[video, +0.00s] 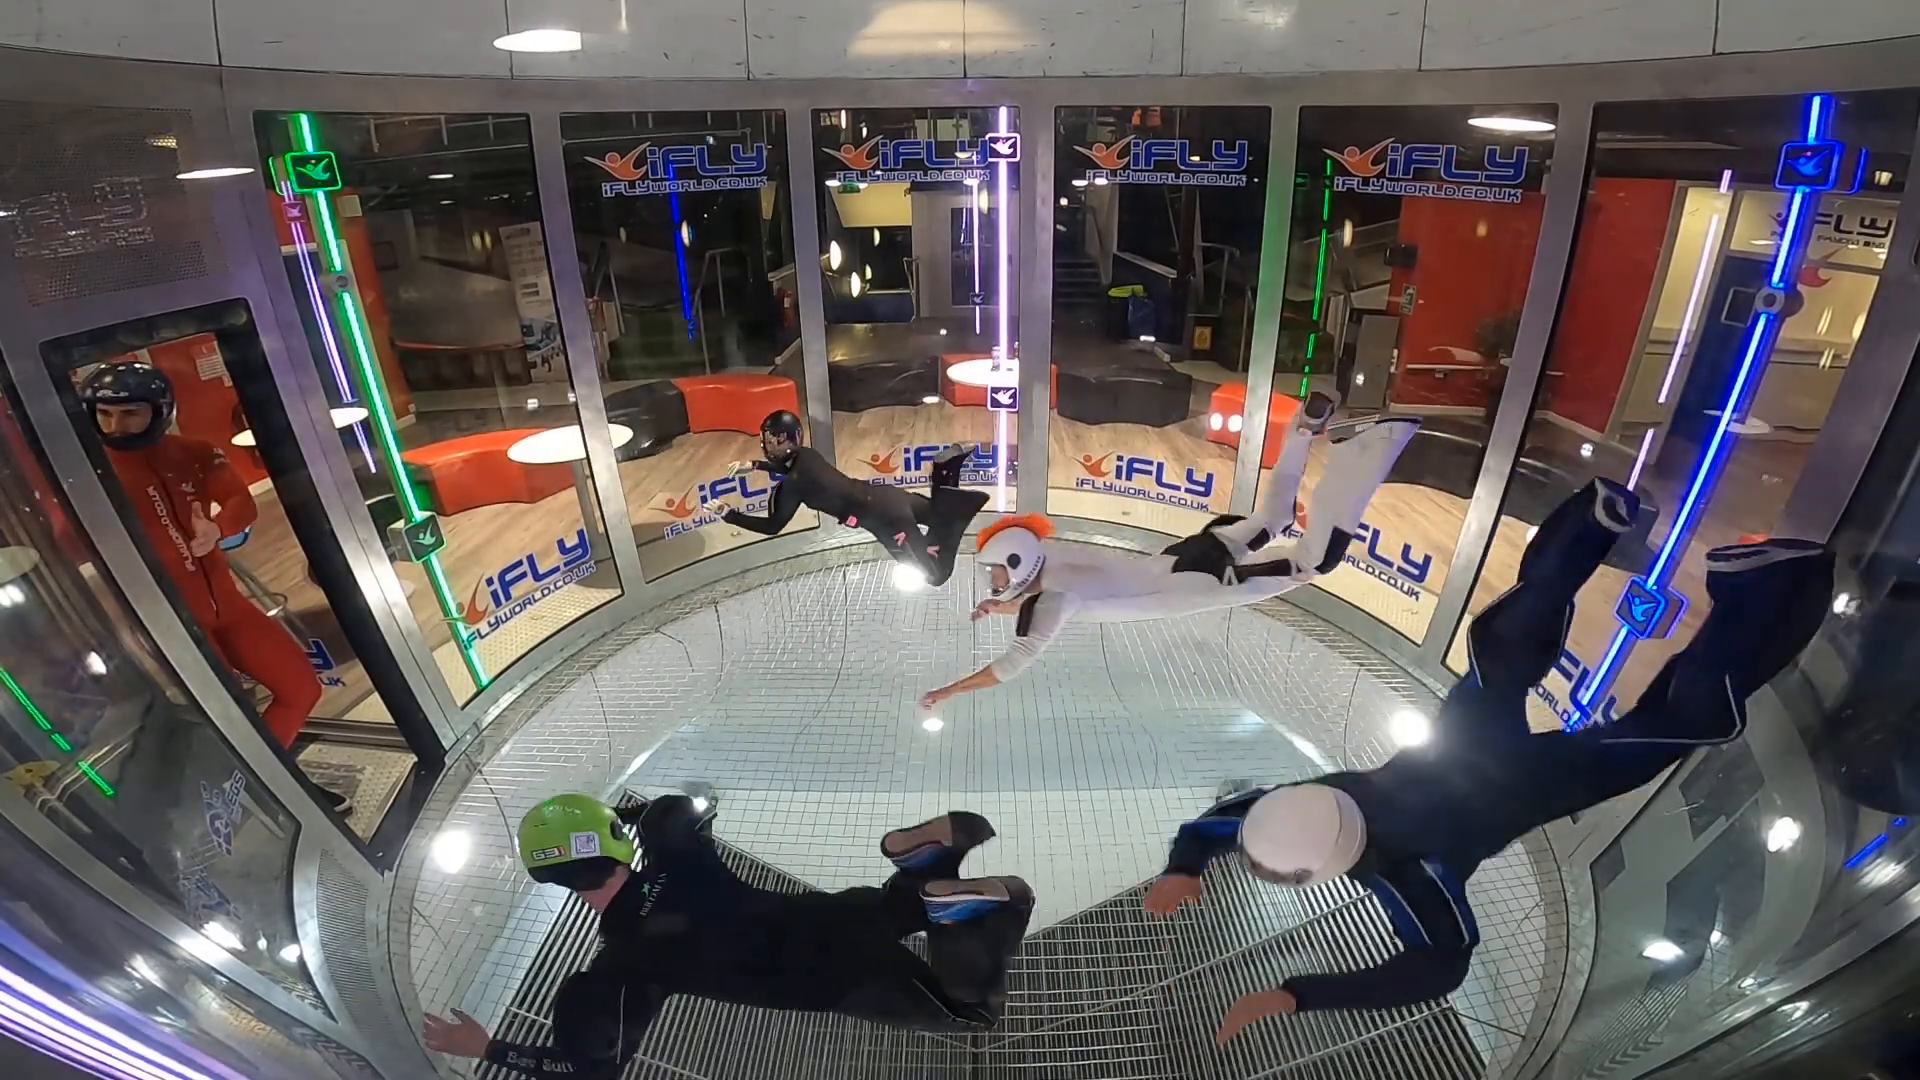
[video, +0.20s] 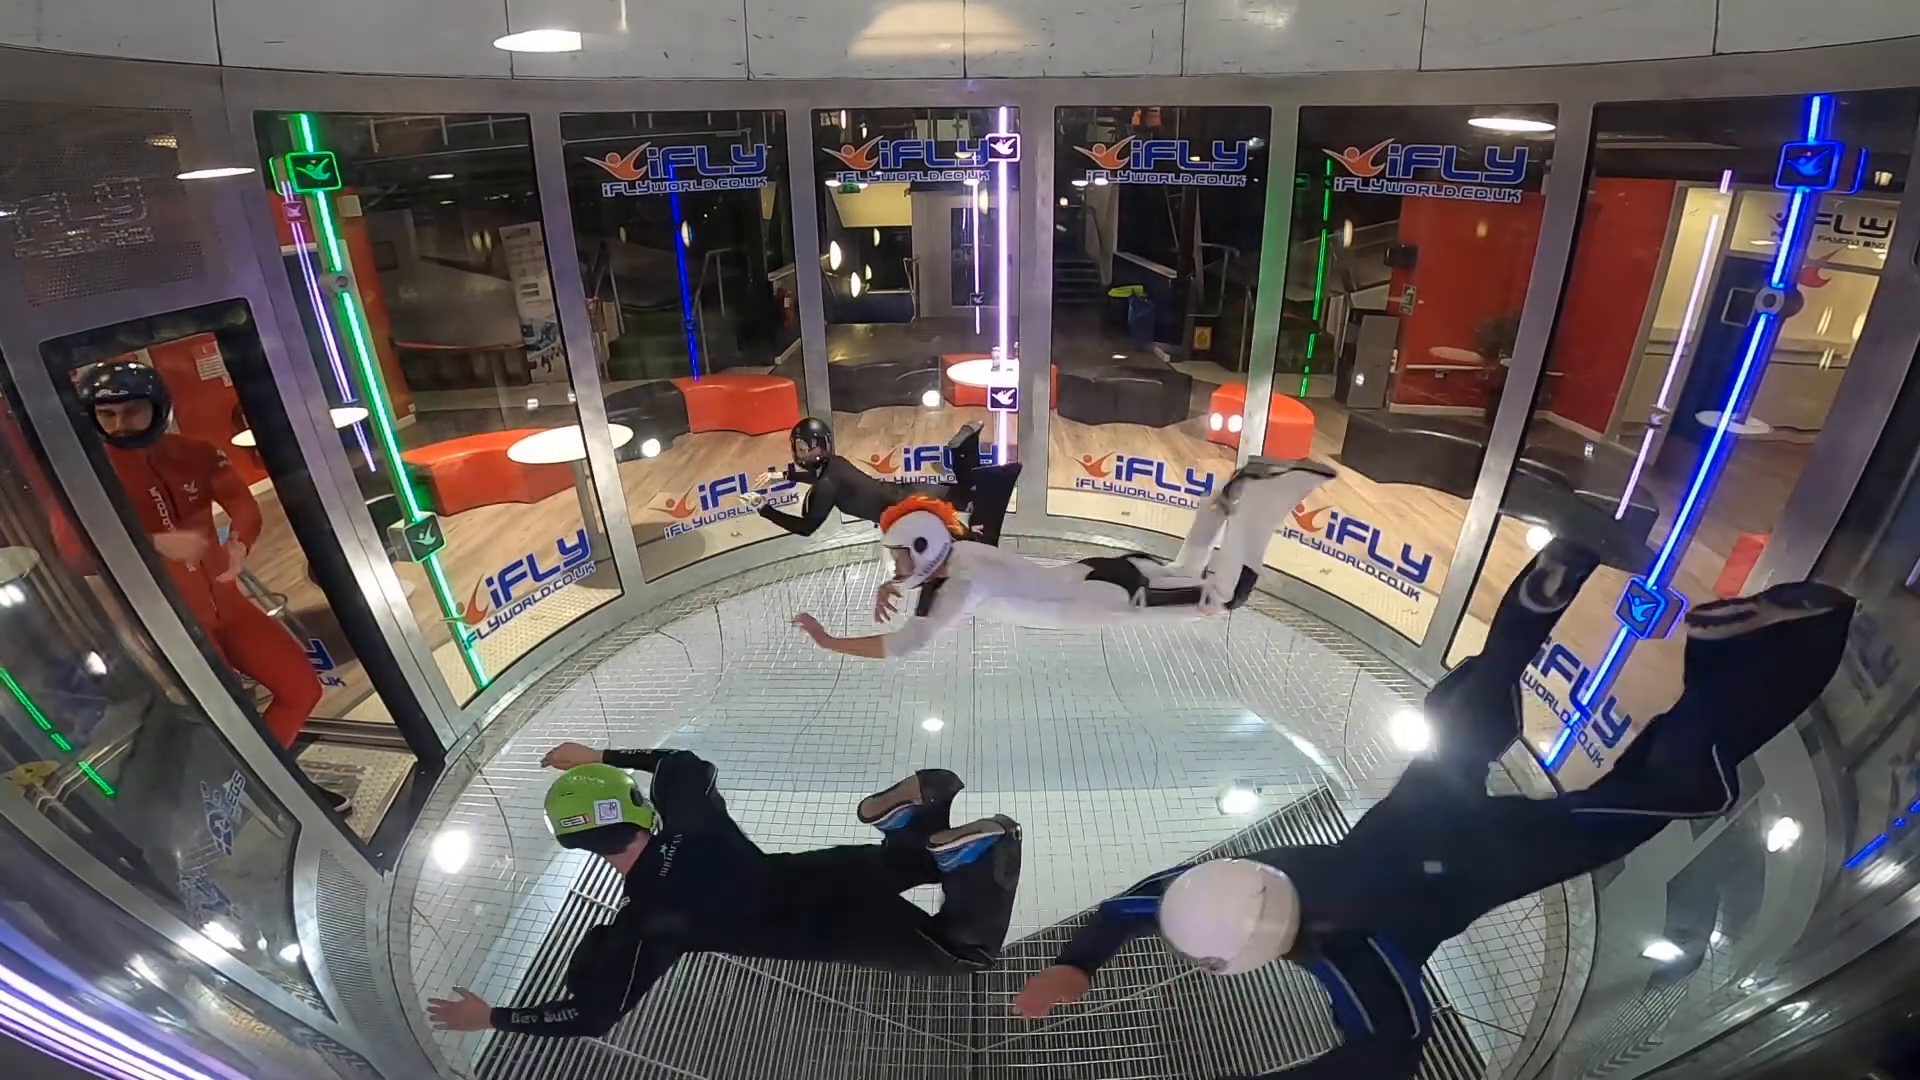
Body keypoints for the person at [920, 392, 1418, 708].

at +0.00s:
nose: (996, 581)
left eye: (1000, 571)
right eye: (993, 572)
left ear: (1023, 563)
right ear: (1023, 555)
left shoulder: (1055, 595)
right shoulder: (1049, 554)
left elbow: (1014, 662)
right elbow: (1032, 592)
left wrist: (949, 692)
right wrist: (1001, 607)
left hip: (1206, 579)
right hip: (1191, 552)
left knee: (1323, 557)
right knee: (1269, 517)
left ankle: (1351, 452)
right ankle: (1307, 429)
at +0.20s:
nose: (903, 561)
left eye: (911, 549)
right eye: (900, 552)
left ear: (936, 542)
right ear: (915, 546)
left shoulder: (965, 576)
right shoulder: (952, 558)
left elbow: (909, 645)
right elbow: (916, 618)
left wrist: (835, 646)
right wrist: (894, 601)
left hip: (1109, 591)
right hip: (1094, 574)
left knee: (1225, 594)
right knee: (1189, 574)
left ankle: (1265, 497)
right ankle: (1233, 489)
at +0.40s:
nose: (779, 525)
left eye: (786, 515)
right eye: (778, 515)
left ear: (814, 512)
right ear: (820, 506)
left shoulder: (843, 554)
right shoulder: (845, 522)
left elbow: (792, 613)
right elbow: (806, 519)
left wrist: (712, 607)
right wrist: (769, 534)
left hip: (977, 596)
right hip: (969, 582)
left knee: (1099, 626)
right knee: (1063, 610)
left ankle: (1111, 532)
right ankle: (1110, 537)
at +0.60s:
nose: (667, 486)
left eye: (674, 477)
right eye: (667, 475)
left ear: (704, 477)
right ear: (704, 471)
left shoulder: (726, 529)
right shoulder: (734, 490)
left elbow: (678, 591)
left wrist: (590, 577)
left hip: (849, 588)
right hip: (850, 560)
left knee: (968, 638)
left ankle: (969, 553)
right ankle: (964, 547)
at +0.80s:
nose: (574, 473)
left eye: (582, 461)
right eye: (571, 461)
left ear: (615, 459)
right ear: (607, 457)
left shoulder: (641, 505)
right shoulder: (639, 481)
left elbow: (606, 574)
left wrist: (505, 559)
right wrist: (611, 541)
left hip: (773, 570)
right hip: (762, 559)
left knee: (862, 628)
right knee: (847, 617)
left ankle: (853, 530)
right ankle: (840, 524)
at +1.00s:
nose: (524, 484)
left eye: (533, 472)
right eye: (517, 472)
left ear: (560, 462)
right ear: (513, 467)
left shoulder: (588, 514)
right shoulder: (582, 471)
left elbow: (536, 579)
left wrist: (435, 563)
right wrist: (561, 548)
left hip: (712, 553)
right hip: (696, 534)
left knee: (792, 605)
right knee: (750, 570)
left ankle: (799, 506)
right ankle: (749, 490)